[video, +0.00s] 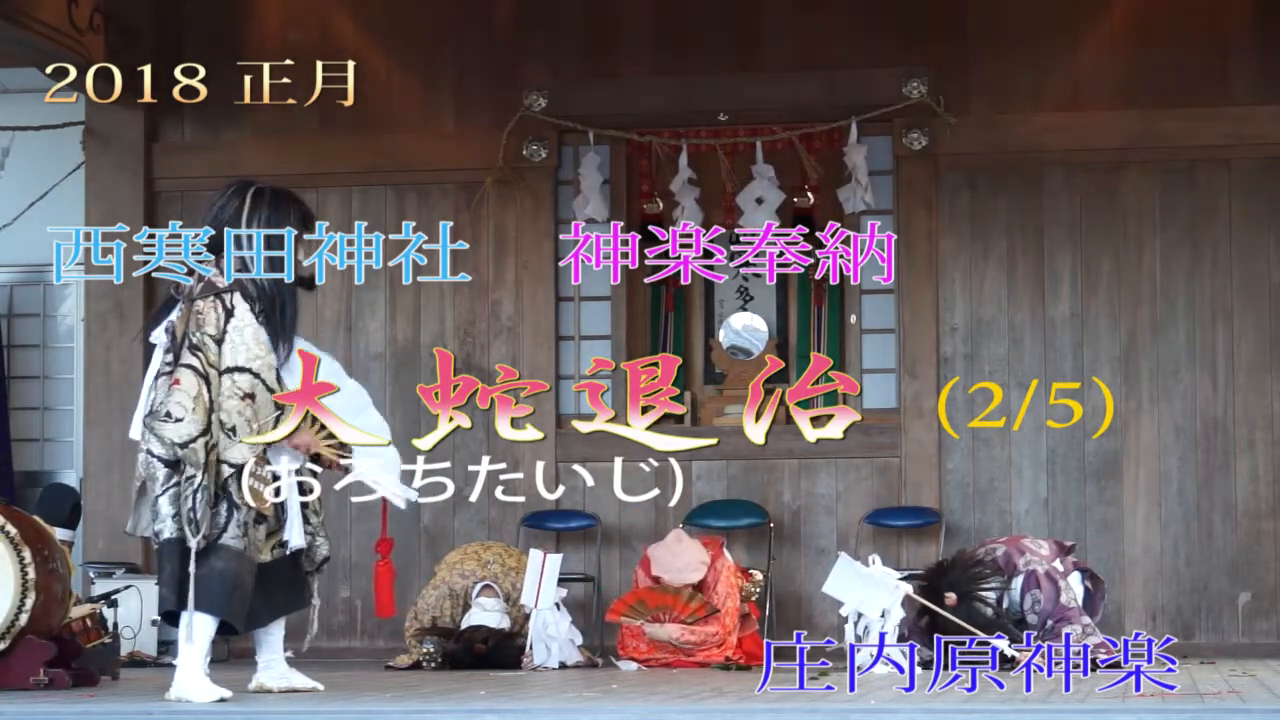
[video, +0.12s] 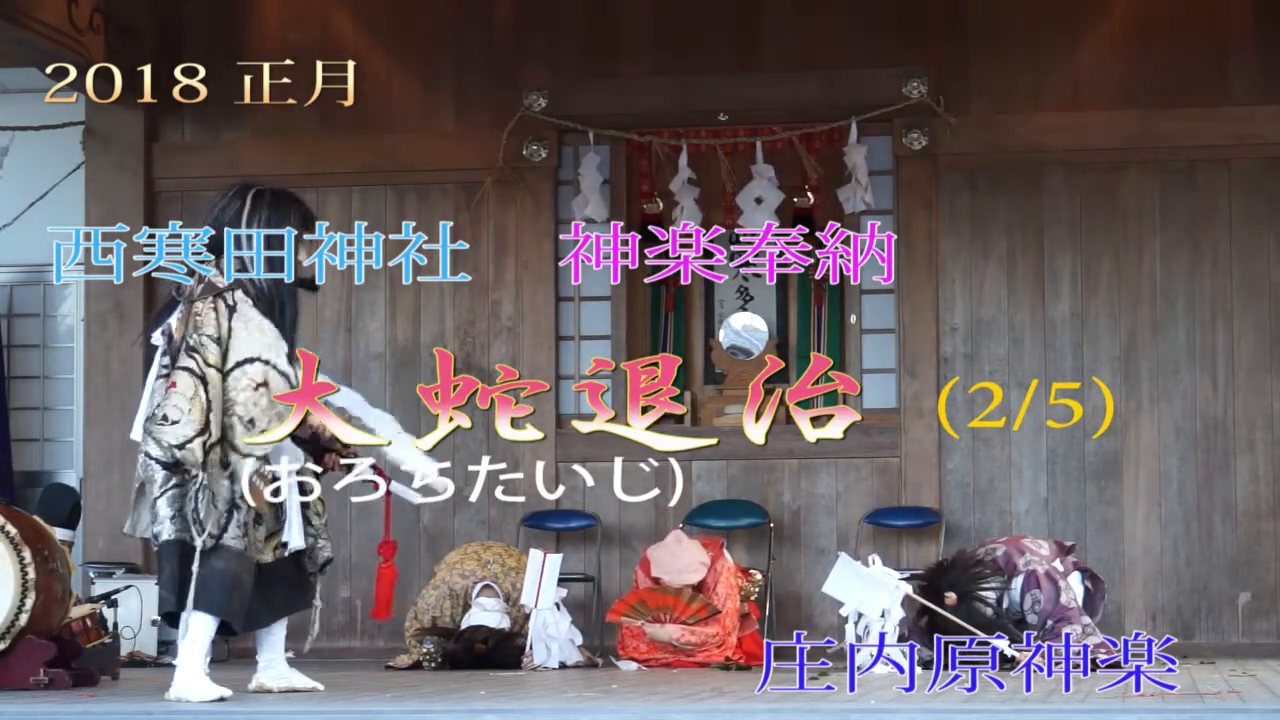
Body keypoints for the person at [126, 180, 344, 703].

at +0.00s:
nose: (306, 253)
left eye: (304, 239)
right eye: (298, 238)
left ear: (236, 235)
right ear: (264, 238)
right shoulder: (229, 305)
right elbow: (240, 408)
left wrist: (305, 432)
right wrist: (288, 439)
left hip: (251, 453)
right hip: (219, 455)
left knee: (275, 548)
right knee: (224, 551)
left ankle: (272, 665)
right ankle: (190, 674)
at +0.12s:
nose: (304, 253)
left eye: (303, 240)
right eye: (297, 239)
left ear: (240, 236)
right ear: (264, 238)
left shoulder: (260, 298)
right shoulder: (231, 300)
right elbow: (251, 400)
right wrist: (308, 431)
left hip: (261, 448)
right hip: (225, 449)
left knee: (279, 547)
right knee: (224, 550)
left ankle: (273, 664)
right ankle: (189, 674)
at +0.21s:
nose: (306, 257)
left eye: (304, 243)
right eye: (299, 242)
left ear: (236, 238)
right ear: (268, 241)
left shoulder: (212, 303)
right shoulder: (246, 309)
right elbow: (263, 405)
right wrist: (318, 438)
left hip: (262, 449)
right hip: (233, 450)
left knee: (282, 549)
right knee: (231, 551)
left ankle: (273, 663)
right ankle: (191, 672)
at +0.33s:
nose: (300, 255)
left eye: (301, 244)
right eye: (296, 243)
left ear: (238, 239)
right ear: (270, 243)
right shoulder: (219, 304)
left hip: (247, 446)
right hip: (201, 451)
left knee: (287, 545)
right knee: (236, 547)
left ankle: (274, 663)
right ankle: (192, 670)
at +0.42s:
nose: (308, 262)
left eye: (308, 251)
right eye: (301, 249)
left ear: (237, 244)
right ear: (273, 247)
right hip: (202, 447)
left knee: (290, 546)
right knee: (251, 550)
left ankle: (274, 664)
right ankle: (194, 670)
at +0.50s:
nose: (291, 246)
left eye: (293, 235)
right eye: (281, 235)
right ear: (252, 234)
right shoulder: (225, 292)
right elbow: (228, 386)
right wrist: (277, 445)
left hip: (253, 443)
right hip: (218, 448)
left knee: (291, 546)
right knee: (263, 556)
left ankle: (273, 664)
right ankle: (195, 671)